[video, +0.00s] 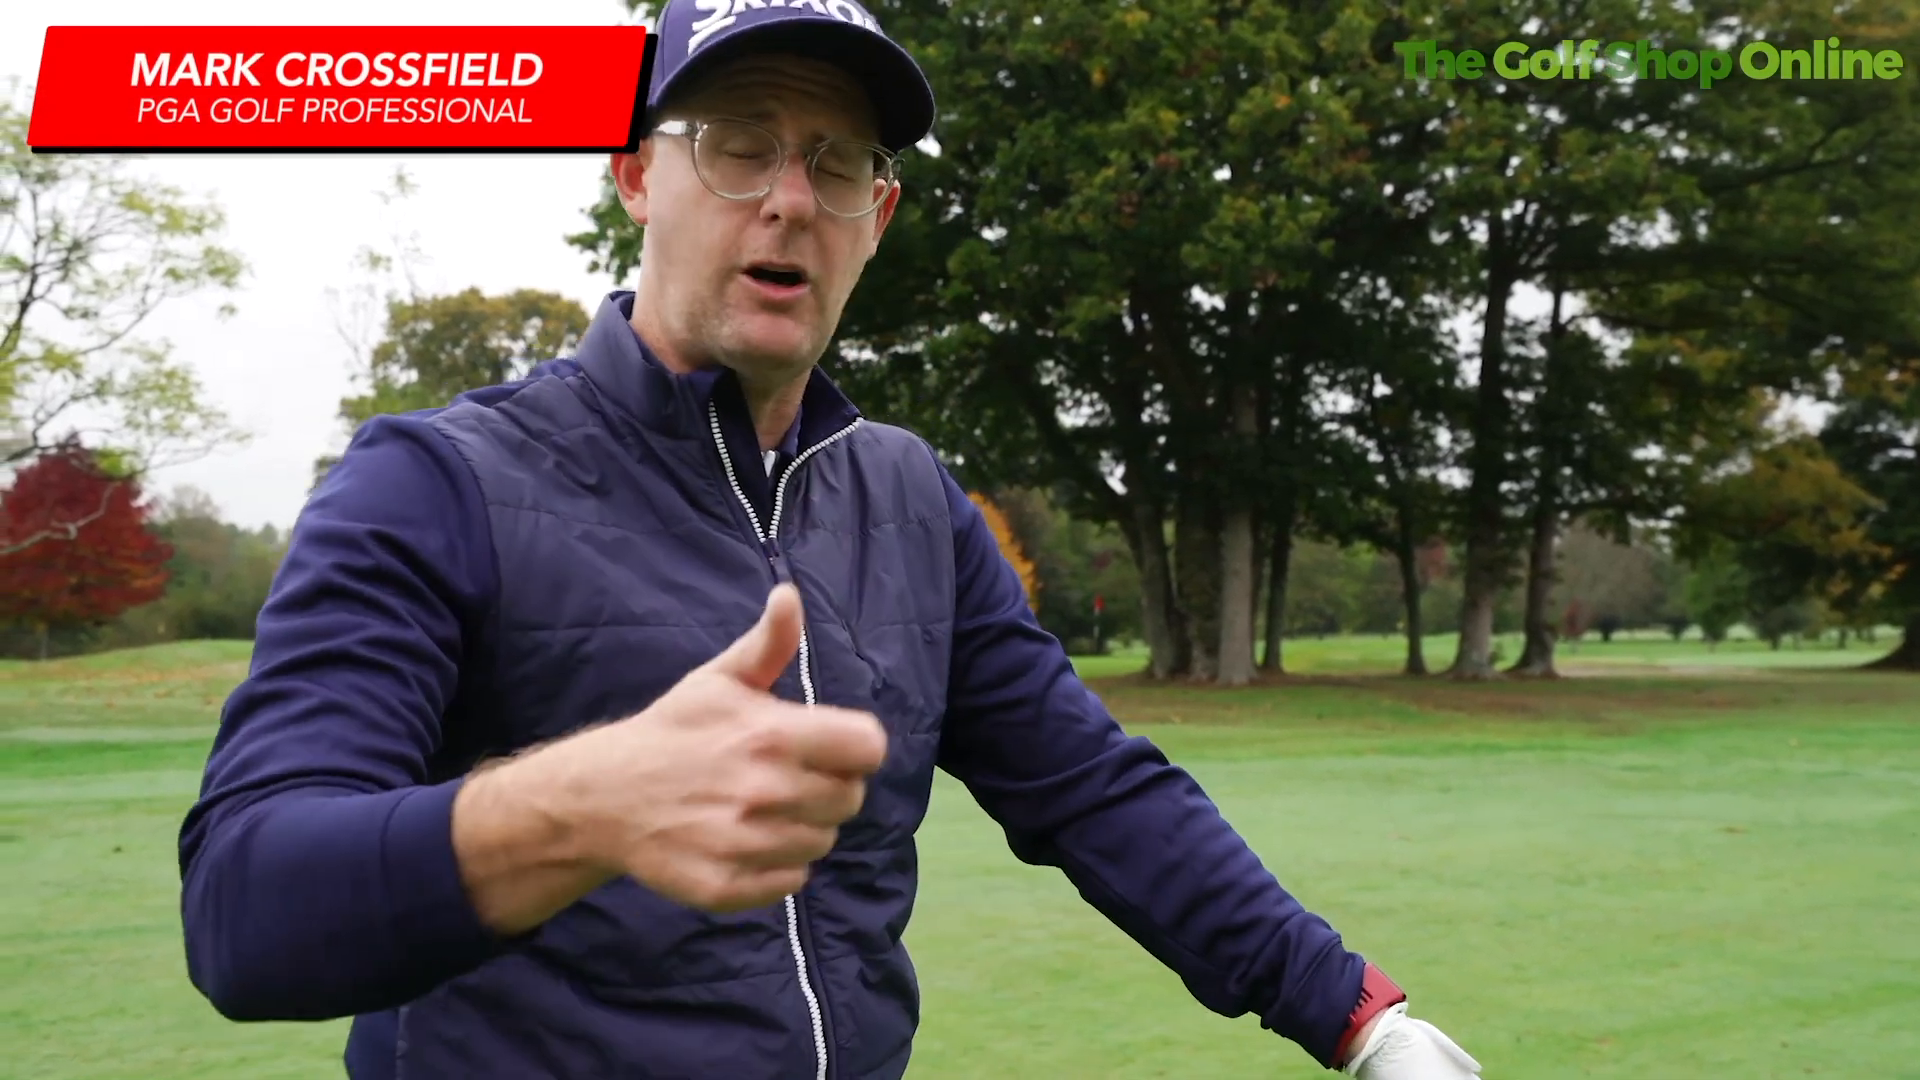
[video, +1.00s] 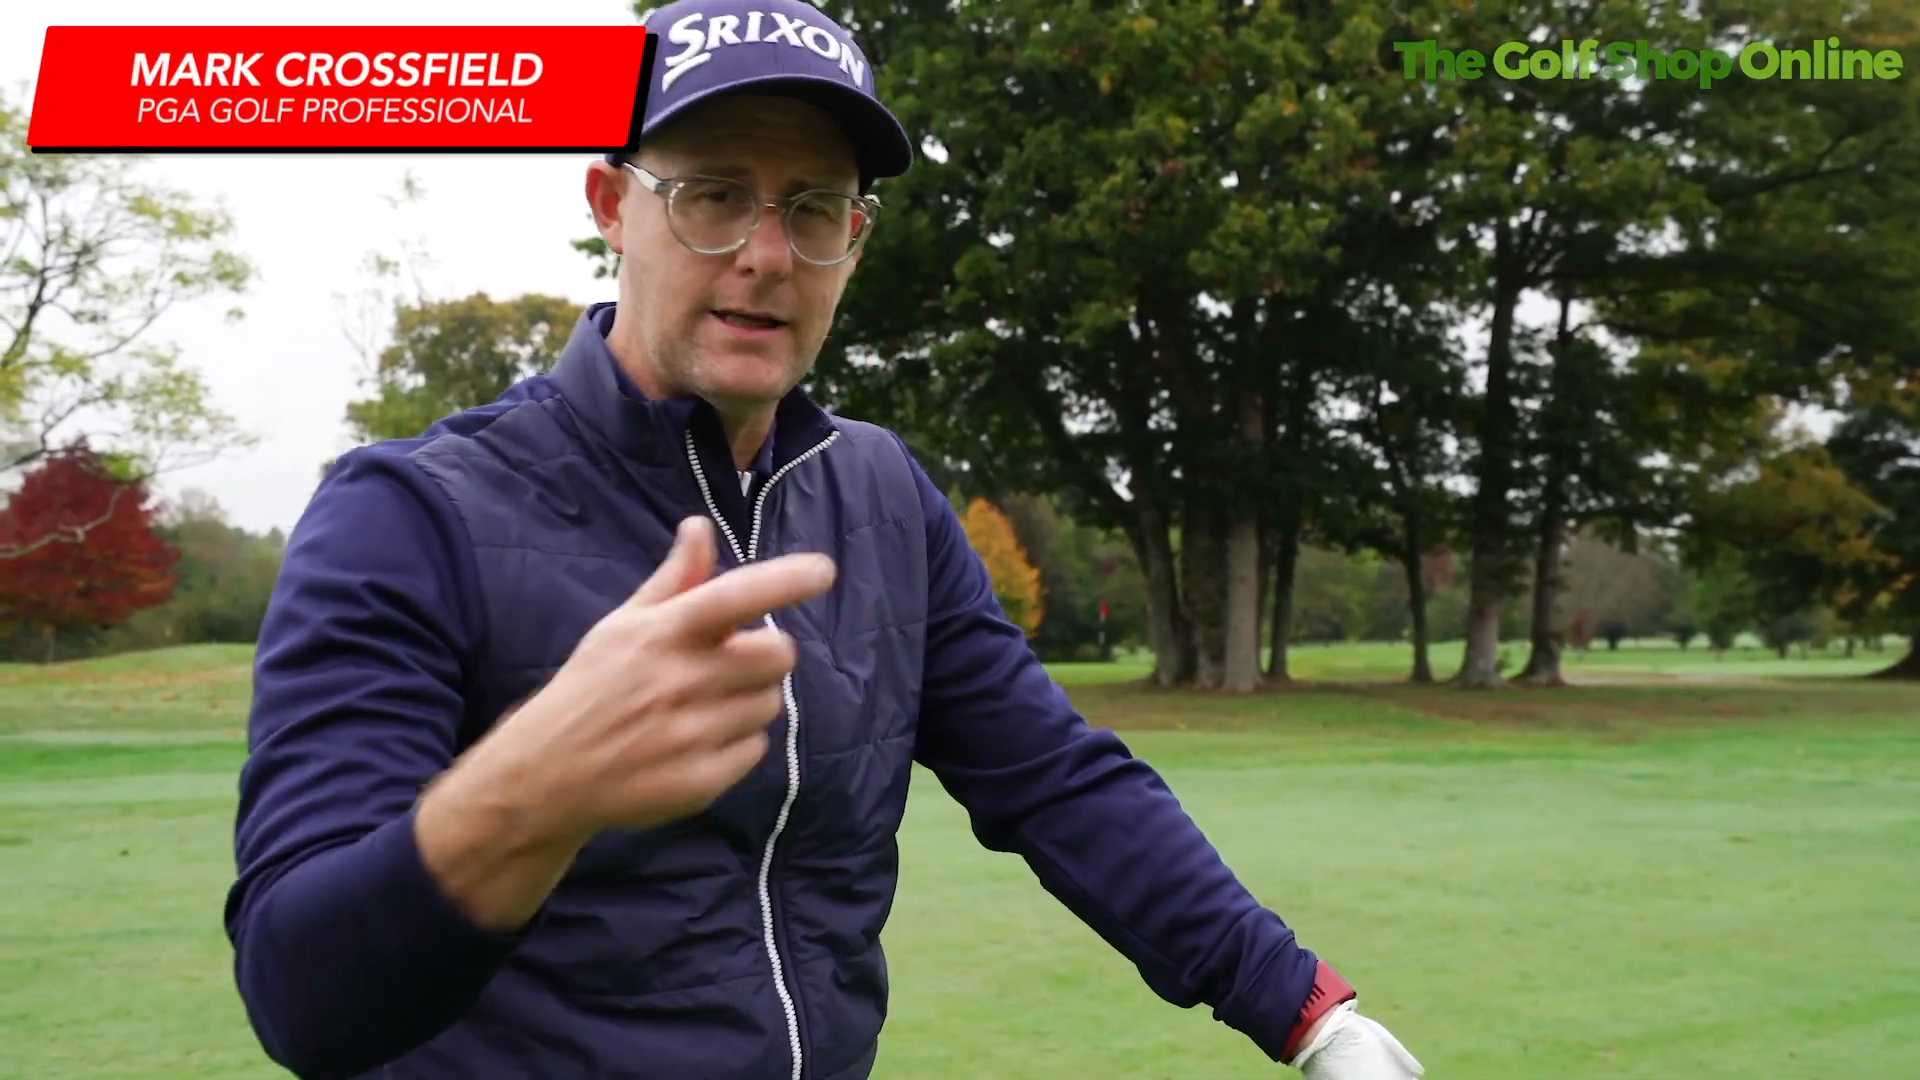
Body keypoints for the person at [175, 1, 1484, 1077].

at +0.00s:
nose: (789, 205)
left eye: (833, 167)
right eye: (739, 150)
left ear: (877, 220)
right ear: (643, 182)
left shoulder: (913, 505)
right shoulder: (442, 482)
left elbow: (1095, 790)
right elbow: (248, 918)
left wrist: (1365, 1022)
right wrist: (582, 804)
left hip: (835, 1052)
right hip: (503, 1052)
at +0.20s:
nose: (813, 231)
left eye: (857, 197)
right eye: (769, 180)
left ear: (901, 249)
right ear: (675, 206)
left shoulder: (941, 521)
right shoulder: (494, 485)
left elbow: (1111, 788)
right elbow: (234, 837)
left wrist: (1367, 1006)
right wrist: (549, 797)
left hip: (856, 1056)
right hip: (542, 1054)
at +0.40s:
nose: (852, 233)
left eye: (897, 204)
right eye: (809, 186)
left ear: (937, 266)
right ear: (721, 218)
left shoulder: (967, 523)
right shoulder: (536, 471)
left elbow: (1125, 782)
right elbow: (272, 775)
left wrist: (1368, 1005)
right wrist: (577, 690)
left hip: (853, 1050)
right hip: (555, 1044)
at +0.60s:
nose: (850, 252)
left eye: (902, 220)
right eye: (815, 196)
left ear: (947, 268)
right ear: (730, 203)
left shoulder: (957, 504)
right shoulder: (527, 456)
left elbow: (1106, 768)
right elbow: (374, 824)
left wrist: (1348, 1009)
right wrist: (608, 633)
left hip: (836, 1057)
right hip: (546, 1055)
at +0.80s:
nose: (812, 257)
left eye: (857, 218)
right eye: (765, 201)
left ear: (897, 267)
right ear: (665, 221)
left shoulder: (904, 510)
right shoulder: (473, 512)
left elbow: (1074, 782)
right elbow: (366, 936)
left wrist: (1335, 1014)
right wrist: (651, 812)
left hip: (838, 1058)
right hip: (543, 1058)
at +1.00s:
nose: (765, 249)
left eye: (810, 206)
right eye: (714, 193)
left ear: (856, 243)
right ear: (612, 210)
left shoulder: (887, 501)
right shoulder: (413, 511)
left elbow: (1063, 783)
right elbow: (302, 997)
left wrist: (1320, 1025)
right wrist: (529, 791)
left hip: (812, 1063)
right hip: (499, 1065)